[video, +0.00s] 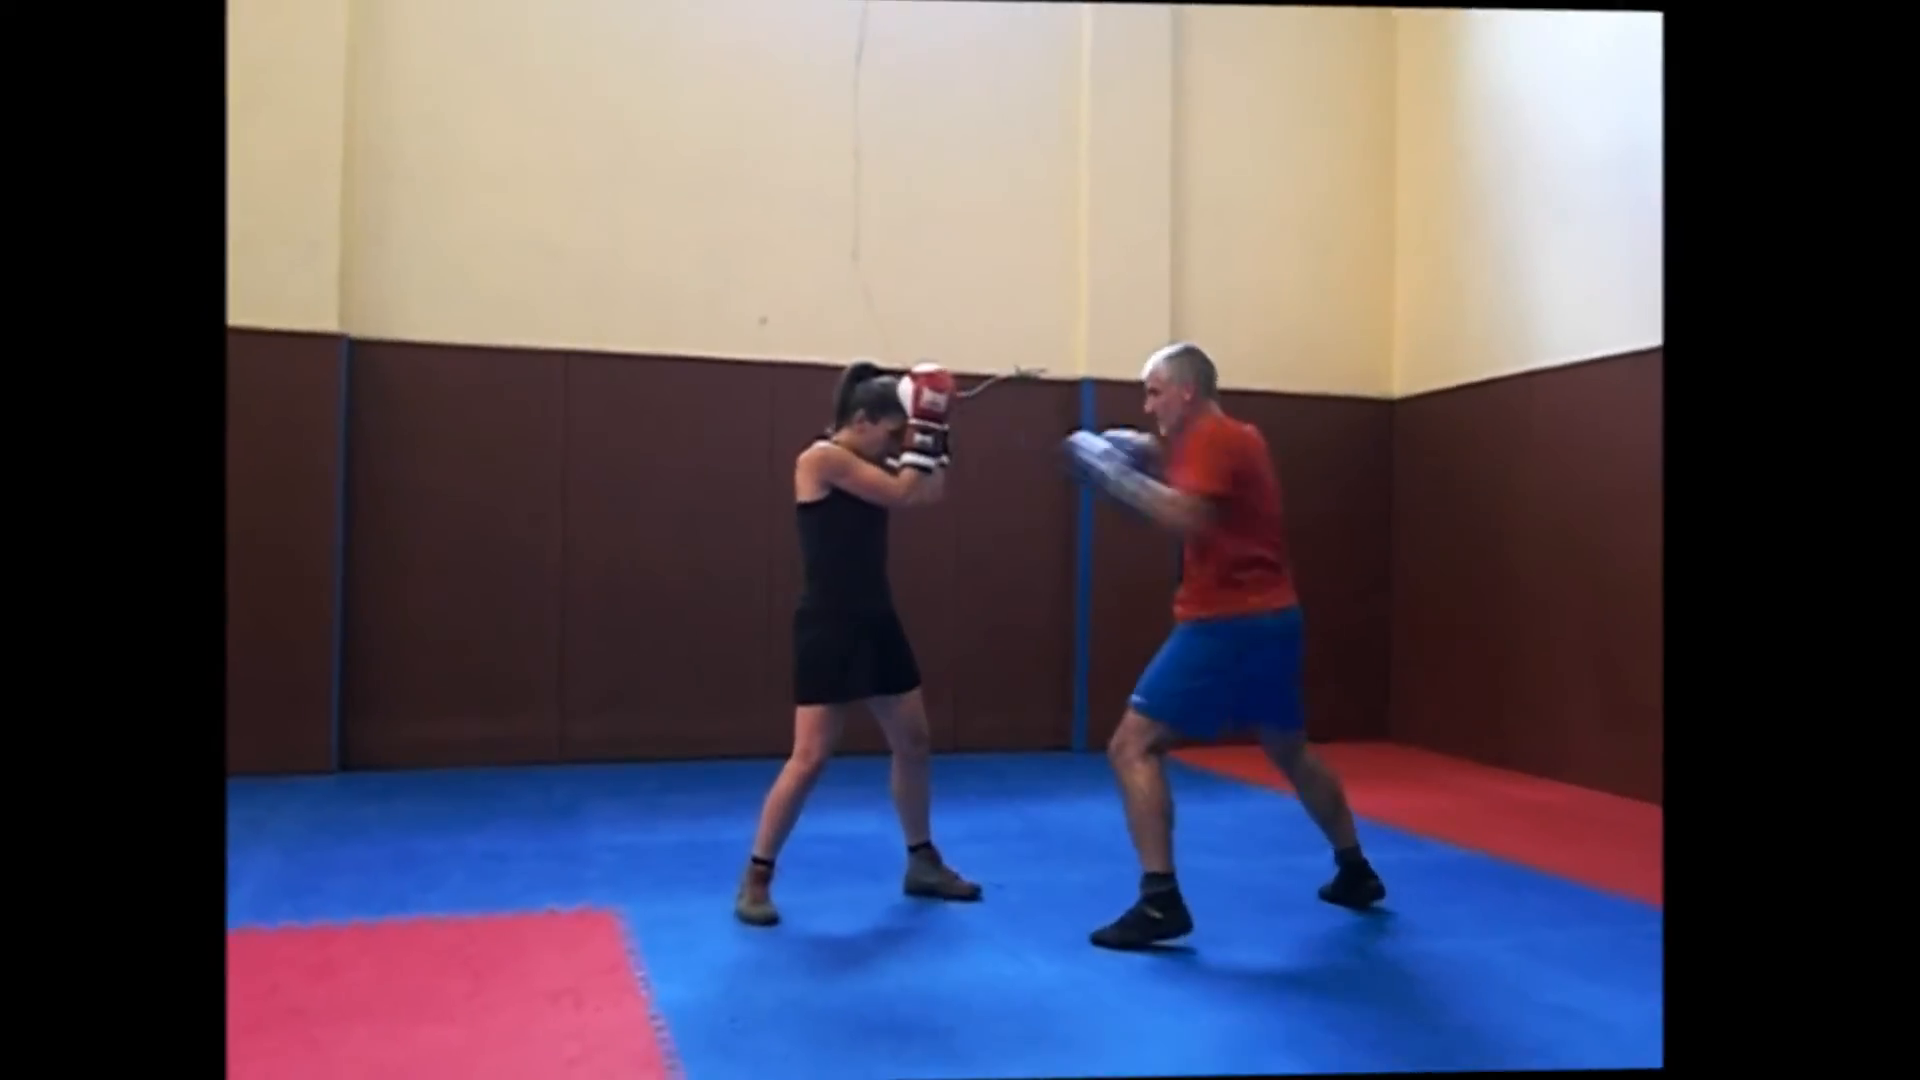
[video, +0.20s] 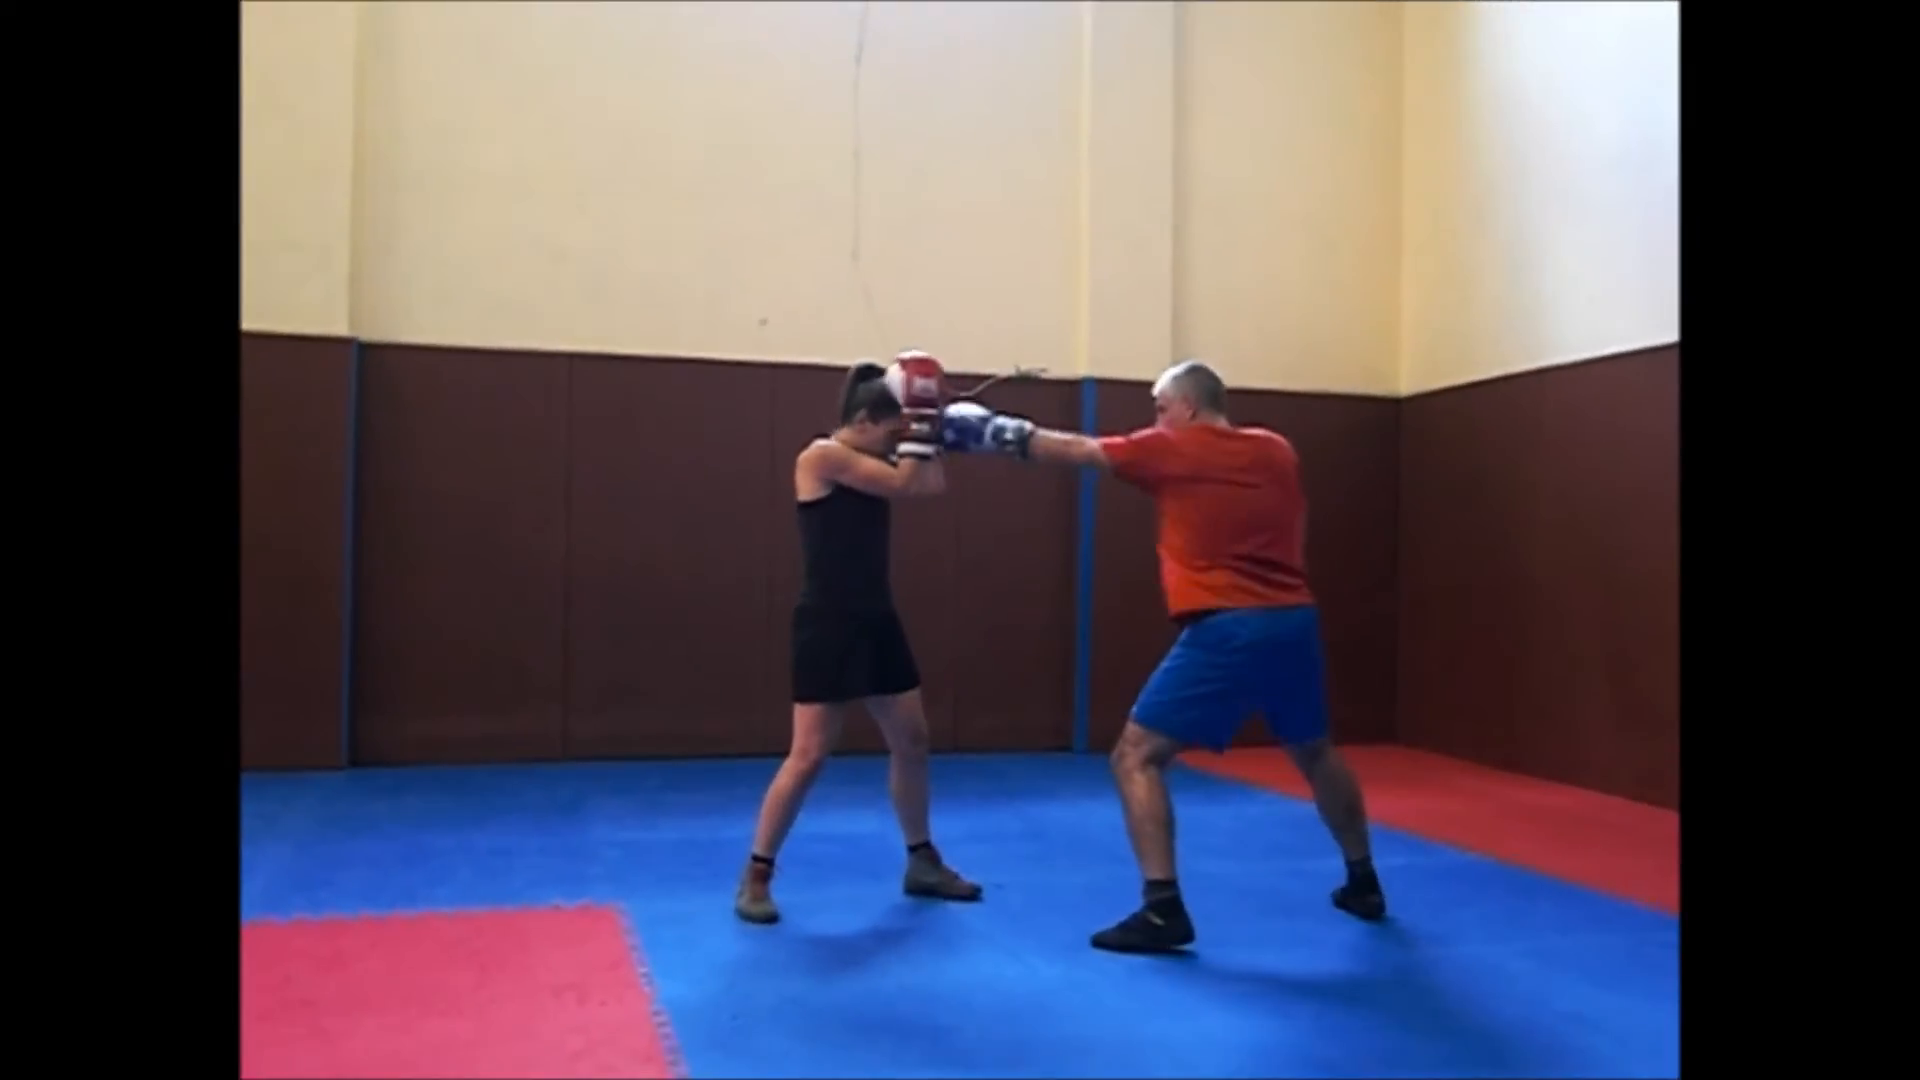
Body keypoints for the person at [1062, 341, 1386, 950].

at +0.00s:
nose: (1148, 405)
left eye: (1155, 392)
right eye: (1147, 393)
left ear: (1186, 391)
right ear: (1195, 393)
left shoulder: (1205, 439)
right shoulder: (1242, 435)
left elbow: (1188, 514)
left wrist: (1112, 476)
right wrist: (1151, 458)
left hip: (1218, 626)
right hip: (1273, 622)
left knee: (1132, 748)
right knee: (1291, 751)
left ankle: (1160, 901)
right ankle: (1355, 870)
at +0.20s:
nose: (1157, 420)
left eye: (1161, 409)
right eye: (1157, 410)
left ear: (1186, 408)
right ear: (1219, 407)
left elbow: (1076, 449)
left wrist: (994, 430)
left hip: (1223, 631)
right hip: (1293, 627)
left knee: (1135, 758)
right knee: (1317, 754)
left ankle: (1163, 911)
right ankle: (1365, 883)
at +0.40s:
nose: (1180, 400)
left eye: (1185, 387)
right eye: (1179, 389)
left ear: (1217, 385)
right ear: (1237, 387)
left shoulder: (1220, 437)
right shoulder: (1287, 435)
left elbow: (1182, 506)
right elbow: (1243, 496)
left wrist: (1127, 475)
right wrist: (1177, 461)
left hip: (1251, 619)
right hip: (1307, 612)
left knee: (1161, 740)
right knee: (1312, 750)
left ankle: (1164, 896)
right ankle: (1364, 883)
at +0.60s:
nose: (1197, 414)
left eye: (1197, 400)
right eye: (1193, 403)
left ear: (1224, 389)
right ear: (1228, 391)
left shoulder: (1257, 438)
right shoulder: (1257, 439)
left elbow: (1168, 484)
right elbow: (1156, 483)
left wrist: (1150, 419)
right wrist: (1146, 418)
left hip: (1269, 622)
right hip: (1296, 622)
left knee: (1184, 744)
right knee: (1299, 755)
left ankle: (1182, 904)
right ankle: (1370, 878)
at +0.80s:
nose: (1189, 411)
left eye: (1192, 397)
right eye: (1186, 400)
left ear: (1218, 387)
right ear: (1227, 389)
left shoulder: (1247, 439)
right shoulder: (1258, 439)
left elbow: (1154, 488)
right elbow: (1170, 482)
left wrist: (1140, 415)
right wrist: (1148, 419)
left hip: (1262, 623)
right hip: (1296, 621)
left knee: (1174, 746)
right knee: (1317, 754)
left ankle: (1182, 906)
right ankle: (1379, 879)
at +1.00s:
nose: (1201, 423)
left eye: (1203, 410)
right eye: (1197, 412)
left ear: (1231, 402)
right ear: (1237, 403)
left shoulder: (1255, 458)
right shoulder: (1271, 454)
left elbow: (1159, 509)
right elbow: (1176, 501)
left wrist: (1148, 436)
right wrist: (1159, 433)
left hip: (1270, 636)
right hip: (1305, 636)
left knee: (1168, 748)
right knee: (1319, 767)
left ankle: (1182, 907)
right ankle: (1399, 886)